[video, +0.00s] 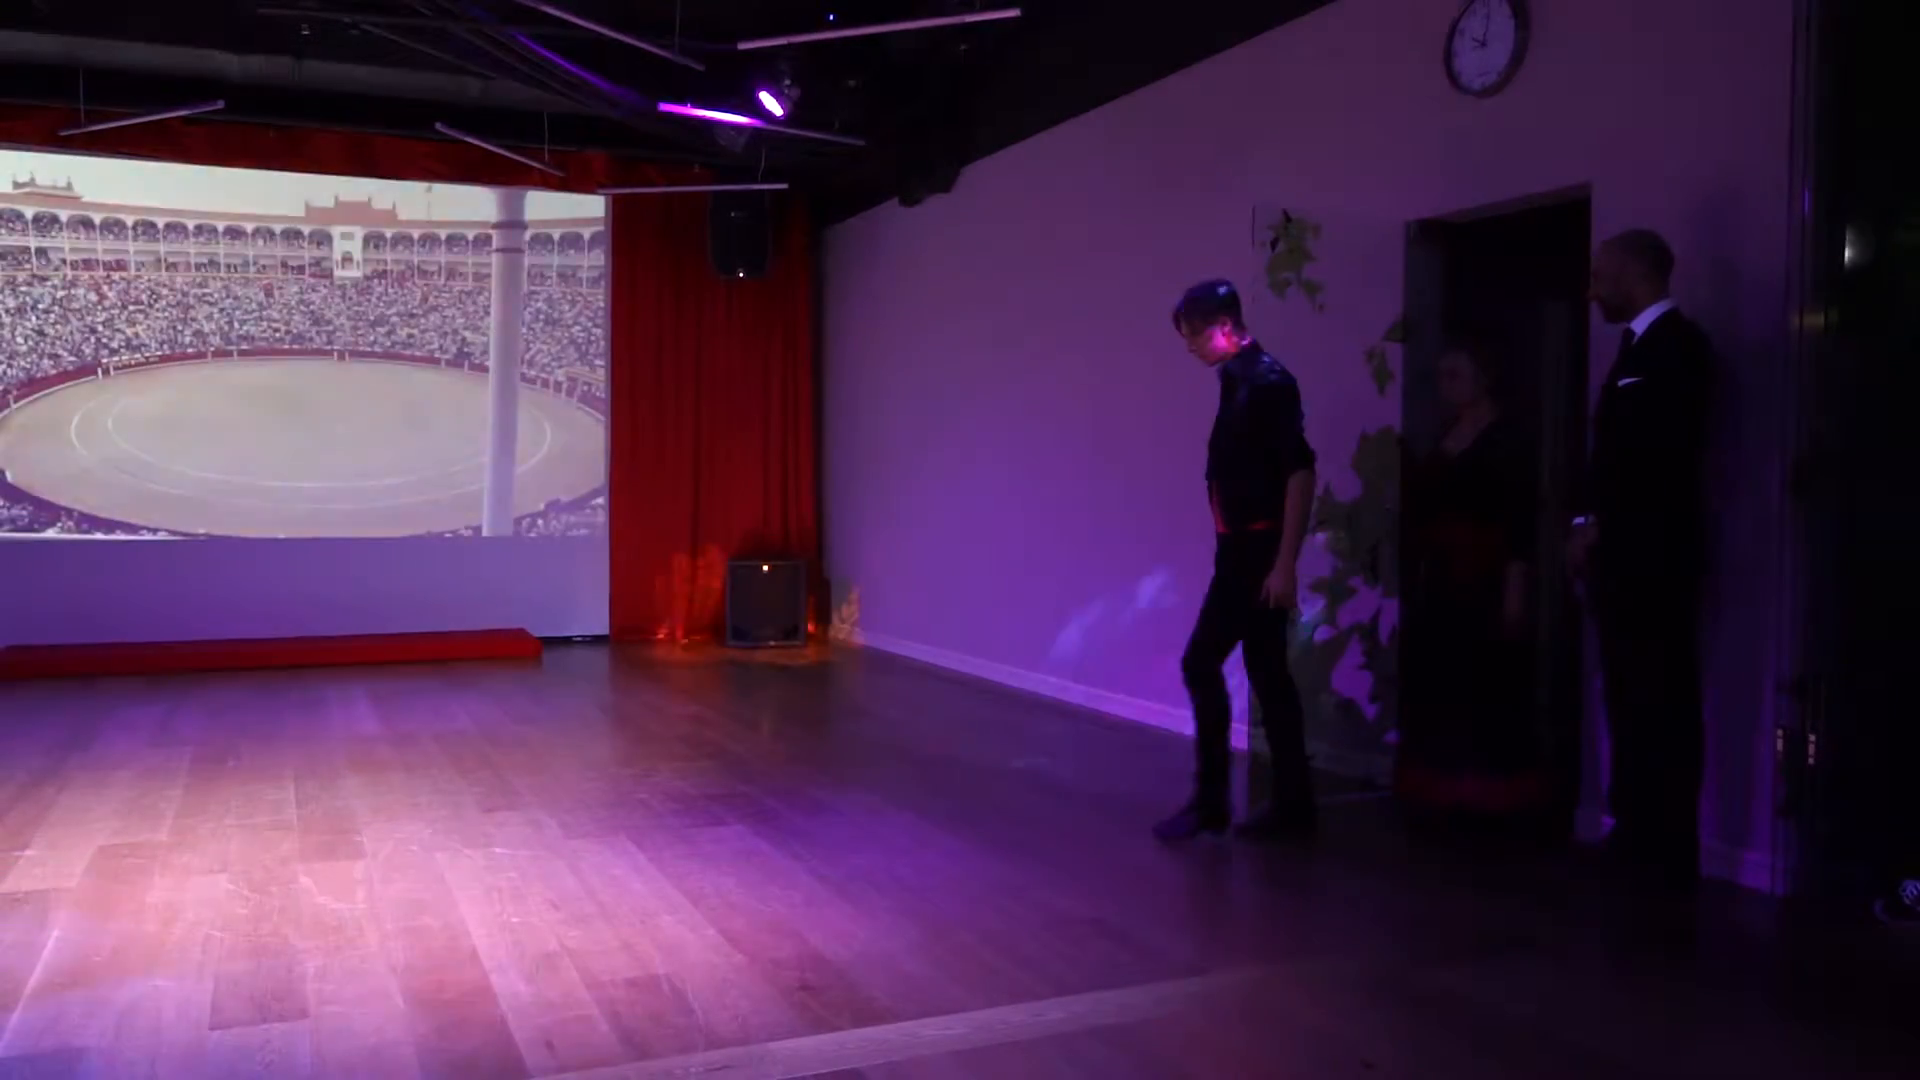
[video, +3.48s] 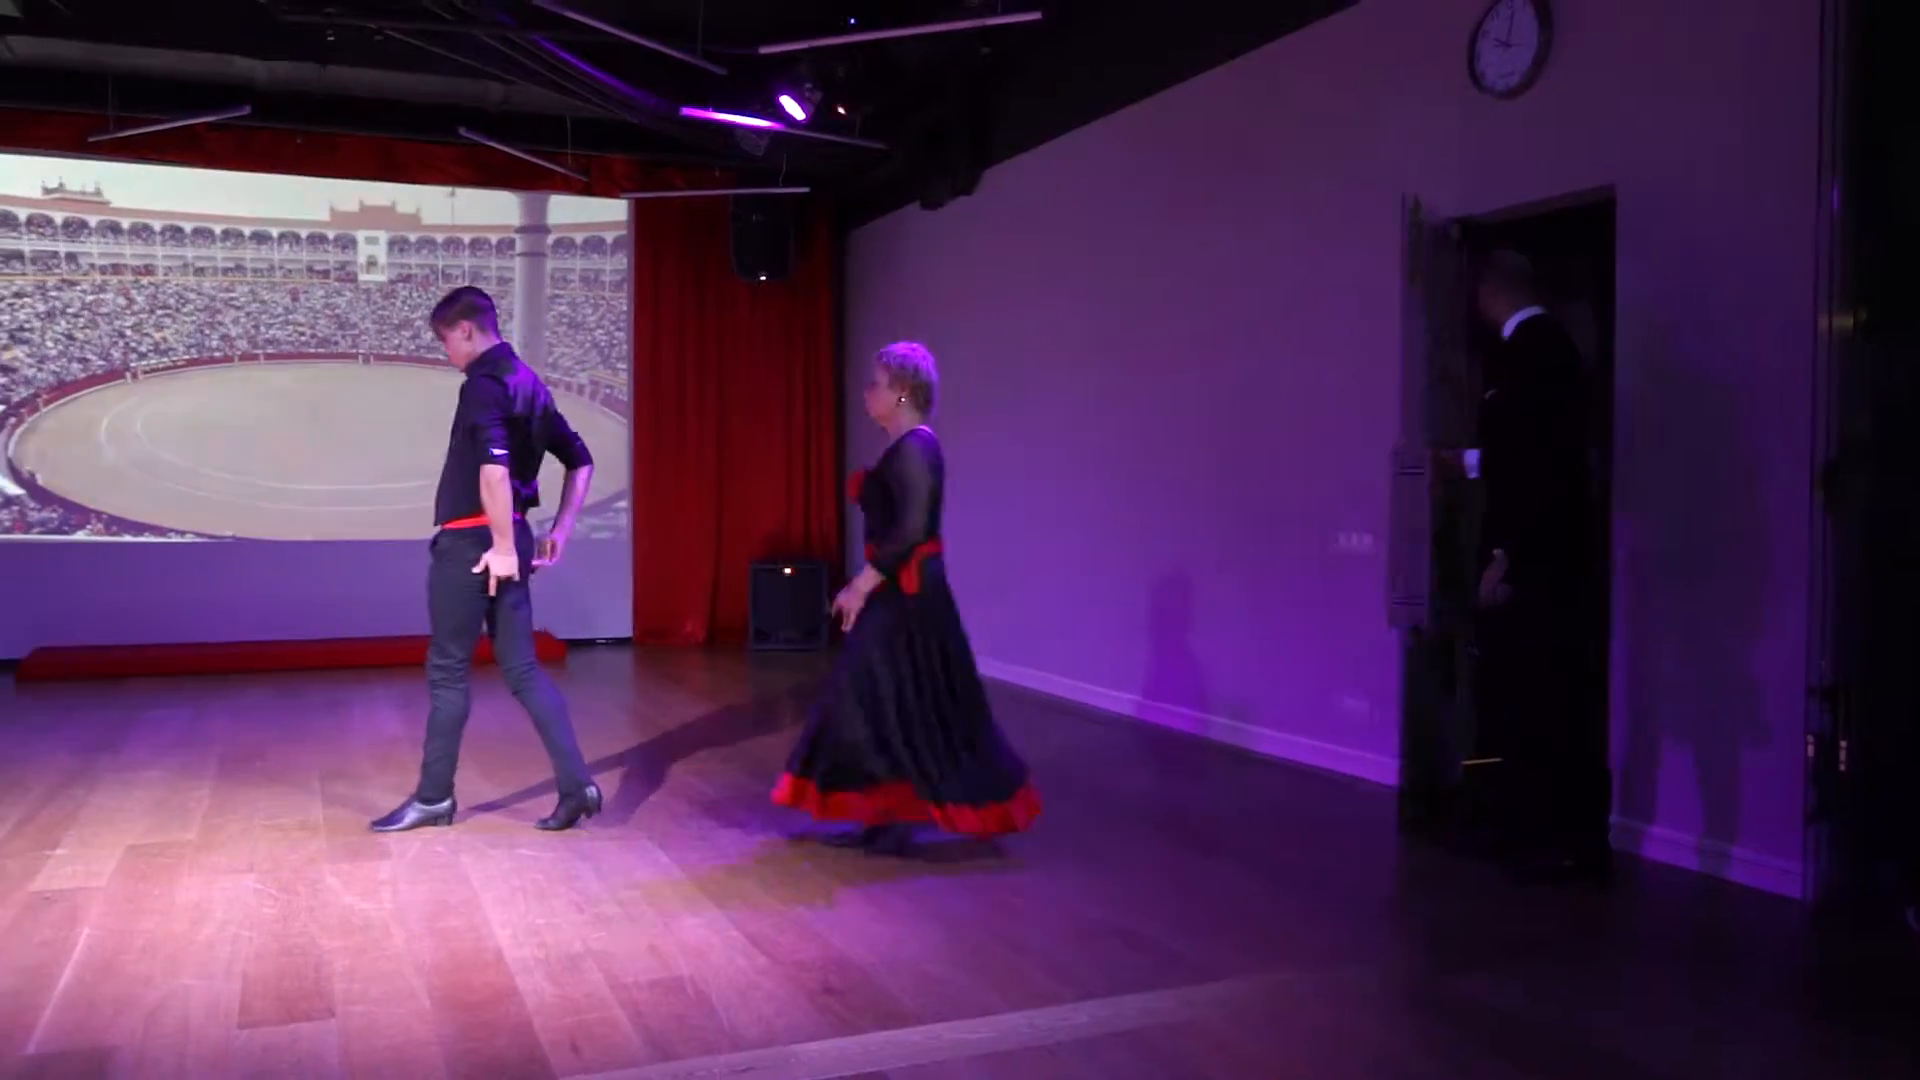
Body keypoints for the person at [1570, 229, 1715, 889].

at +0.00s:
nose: (1596, 288)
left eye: (1604, 274)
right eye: (1597, 274)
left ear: (1638, 277)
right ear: (1646, 276)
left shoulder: (1671, 351)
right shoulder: (1640, 348)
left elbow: (1645, 464)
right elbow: (1615, 456)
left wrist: (1600, 526)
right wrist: (1589, 519)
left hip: (1659, 557)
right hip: (1635, 555)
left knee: (1657, 704)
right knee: (1638, 702)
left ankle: (1660, 851)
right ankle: (1639, 844)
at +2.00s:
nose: (1504, 302)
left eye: (1511, 290)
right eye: (1505, 290)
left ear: (1538, 291)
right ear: (1548, 290)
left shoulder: (1579, 358)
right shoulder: (1554, 356)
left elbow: (1573, 468)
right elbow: (1560, 467)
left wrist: (1532, 534)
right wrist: (1528, 532)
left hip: (1578, 550)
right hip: (1565, 548)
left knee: (1617, 692)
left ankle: (1669, 846)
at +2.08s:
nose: (1483, 304)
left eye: (1490, 292)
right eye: (1484, 292)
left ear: (1520, 292)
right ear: (1526, 293)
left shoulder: (1562, 356)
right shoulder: (1537, 356)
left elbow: (1560, 466)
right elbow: (1545, 464)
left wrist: (1525, 539)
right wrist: (1518, 535)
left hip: (1567, 547)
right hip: (1553, 545)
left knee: (1598, 690)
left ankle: (1656, 842)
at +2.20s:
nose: (1460, 308)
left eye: (1465, 294)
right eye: (1460, 295)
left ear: (1492, 292)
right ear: (1497, 291)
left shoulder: (1547, 352)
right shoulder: (1498, 358)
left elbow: (1552, 459)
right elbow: (1445, 424)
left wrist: (1523, 537)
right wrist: (1356, 442)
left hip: (1556, 545)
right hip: (1516, 544)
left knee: (1580, 689)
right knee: (1503, 683)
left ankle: (1620, 838)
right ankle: (1504, 822)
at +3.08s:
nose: (1433, 305)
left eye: (1439, 290)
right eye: (1433, 292)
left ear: (1464, 288)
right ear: (1468, 286)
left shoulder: (1511, 351)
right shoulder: (1479, 352)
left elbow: (1513, 455)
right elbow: (1459, 451)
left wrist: (1511, 539)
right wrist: (1369, 456)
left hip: (1518, 558)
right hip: (1493, 555)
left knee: (1510, 695)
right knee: (1494, 693)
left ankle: (1521, 835)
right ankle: (1499, 828)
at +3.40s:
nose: (1459, 308)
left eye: (1460, 296)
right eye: (1460, 296)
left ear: (1473, 294)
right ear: (1506, 290)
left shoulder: (1511, 356)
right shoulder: (1527, 349)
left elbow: (1507, 463)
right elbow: (1508, 460)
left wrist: (1494, 548)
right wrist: (1444, 465)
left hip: (1521, 554)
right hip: (1530, 546)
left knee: (1511, 693)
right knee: (1521, 691)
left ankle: (1518, 830)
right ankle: (1524, 827)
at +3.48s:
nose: (1481, 310)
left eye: (1483, 299)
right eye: (1483, 298)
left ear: (1494, 299)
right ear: (1532, 290)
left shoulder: (1525, 357)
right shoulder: (1560, 349)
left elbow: (1523, 468)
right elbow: (1534, 463)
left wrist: (1502, 552)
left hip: (1540, 552)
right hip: (1567, 545)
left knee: (1535, 693)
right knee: (1562, 692)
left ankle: (1542, 833)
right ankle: (1570, 833)